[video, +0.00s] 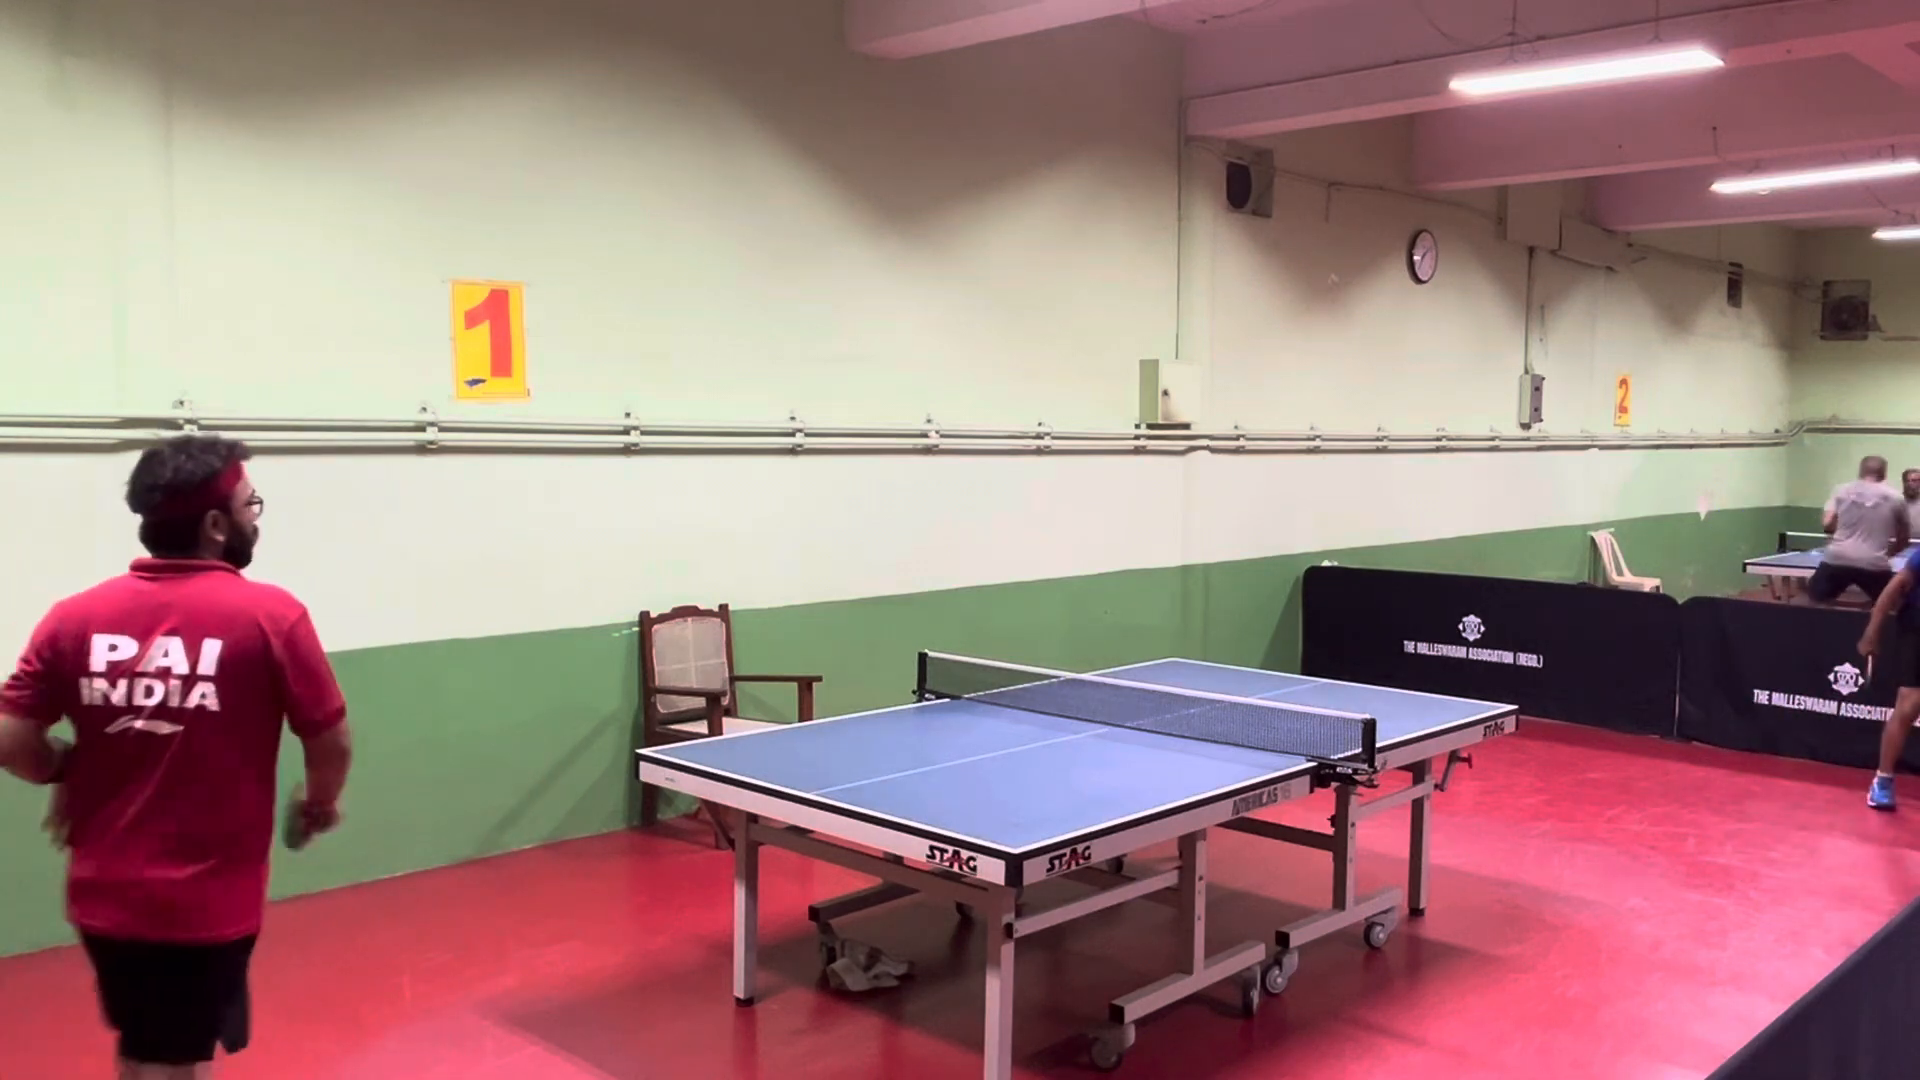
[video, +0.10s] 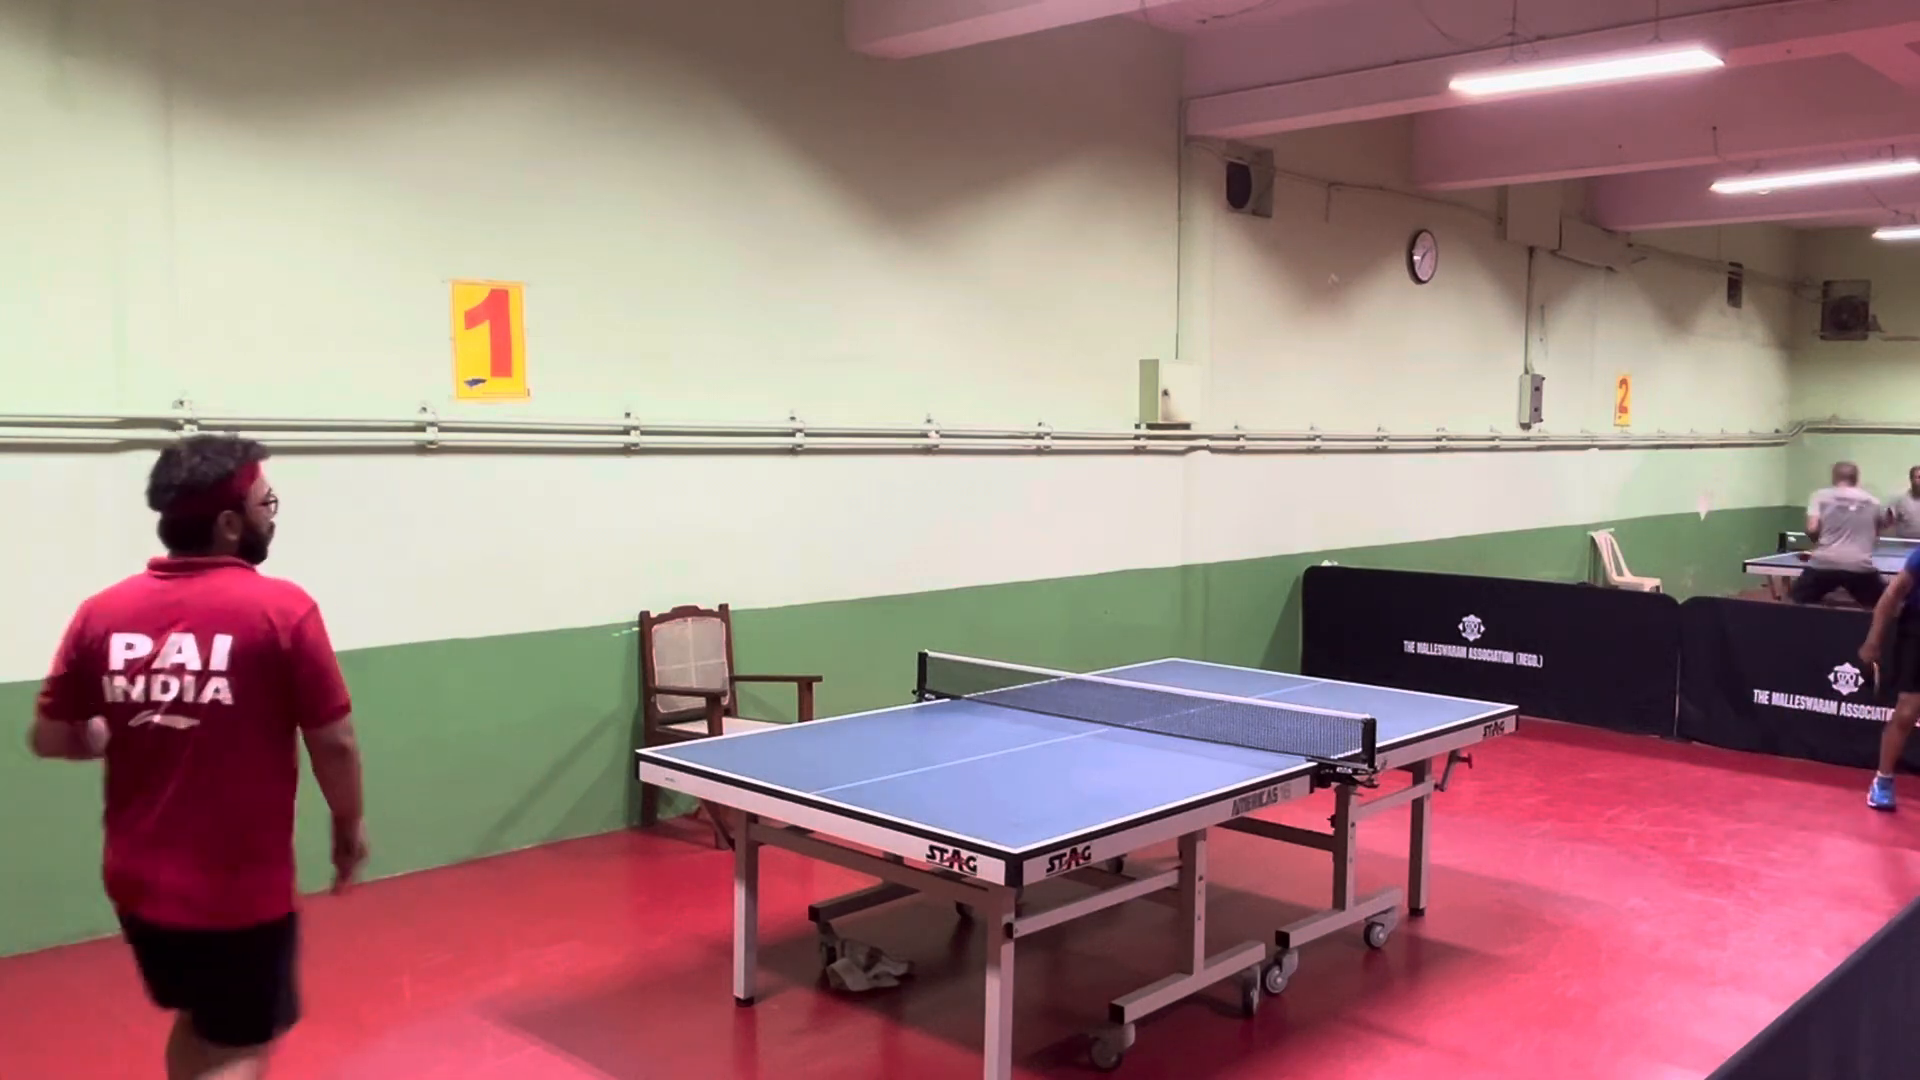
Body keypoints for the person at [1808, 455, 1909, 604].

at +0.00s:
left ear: (1860, 472)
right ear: (1883, 475)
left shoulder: (1842, 490)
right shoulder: (1896, 498)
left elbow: (1828, 524)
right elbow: (1903, 539)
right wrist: (1885, 554)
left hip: (1837, 560)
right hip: (1874, 564)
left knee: (1816, 599)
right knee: (1895, 605)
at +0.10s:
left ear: (1834, 478)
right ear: (1857, 480)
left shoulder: (1820, 496)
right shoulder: (1872, 501)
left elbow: (1812, 529)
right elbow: (1876, 532)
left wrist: (1817, 542)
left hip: (1824, 564)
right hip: (1859, 567)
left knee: (1796, 605)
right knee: (1885, 610)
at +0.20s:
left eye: (1802, 482)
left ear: (1803, 482)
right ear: (1825, 483)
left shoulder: (1795, 498)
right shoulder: (1840, 502)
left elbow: (1792, 531)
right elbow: (1843, 536)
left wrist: (1789, 544)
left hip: (1806, 565)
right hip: (1841, 566)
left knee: (1775, 604)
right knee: (1866, 608)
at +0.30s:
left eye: (1772, 490)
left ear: (1774, 489)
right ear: (1796, 489)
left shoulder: (1775, 498)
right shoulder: (1814, 504)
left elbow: (1772, 529)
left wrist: (1758, 544)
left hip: (1789, 564)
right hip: (1824, 564)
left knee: (1757, 604)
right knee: (1848, 611)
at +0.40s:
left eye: (1753, 490)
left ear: (1754, 489)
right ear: (1774, 487)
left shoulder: (1757, 499)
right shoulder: (1792, 502)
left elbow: (1758, 527)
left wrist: (1740, 542)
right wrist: (1766, 541)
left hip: (1778, 562)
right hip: (1813, 560)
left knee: (1741, 602)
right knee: (1835, 605)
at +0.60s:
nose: (1737, 477)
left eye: (1737, 474)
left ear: (1738, 475)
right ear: (1759, 472)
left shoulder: (1739, 489)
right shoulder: (1779, 488)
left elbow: (1740, 520)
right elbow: (1786, 518)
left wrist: (1727, 535)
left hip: (1764, 554)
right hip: (1798, 551)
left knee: (1733, 602)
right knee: (1813, 607)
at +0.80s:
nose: (1745, 463)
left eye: (1745, 460)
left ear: (1746, 462)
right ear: (1767, 462)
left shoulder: (1740, 481)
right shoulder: (1786, 482)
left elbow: (1731, 514)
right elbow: (1793, 514)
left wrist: (1725, 527)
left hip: (1756, 547)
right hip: (1789, 546)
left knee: (1732, 600)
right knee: (1806, 600)